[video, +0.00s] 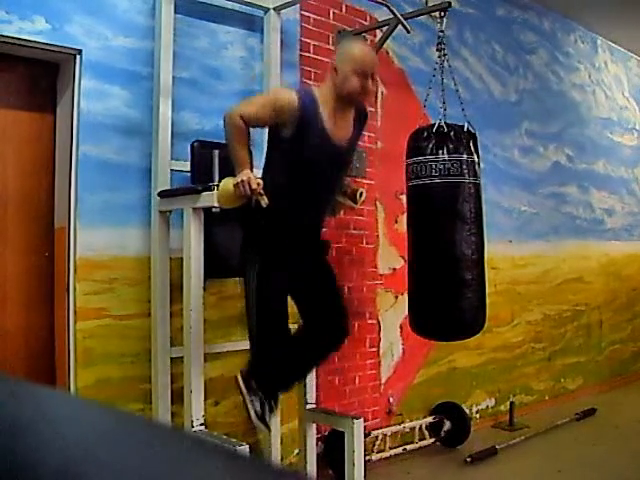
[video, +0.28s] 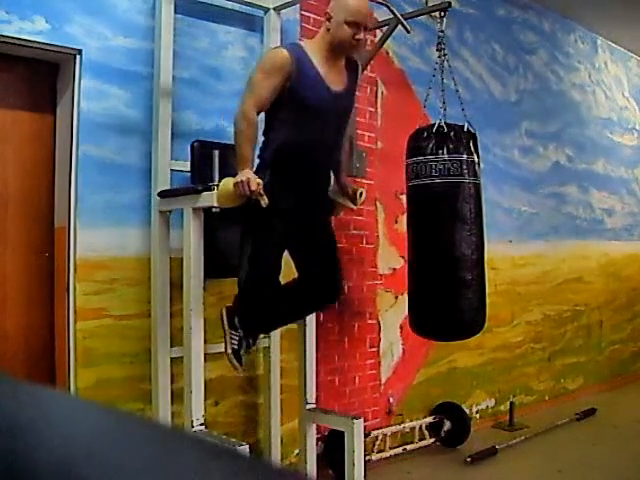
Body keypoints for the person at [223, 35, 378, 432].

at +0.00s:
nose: (367, 87)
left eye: (371, 78)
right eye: (361, 76)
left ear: (370, 79)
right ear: (336, 70)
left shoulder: (356, 116)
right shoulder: (293, 103)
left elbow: (322, 163)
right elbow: (235, 117)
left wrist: (340, 186)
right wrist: (245, 170)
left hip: (307, 239)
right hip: (266, 234)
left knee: (331, 326)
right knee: (268, 331)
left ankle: (263, 382)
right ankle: (262, 388)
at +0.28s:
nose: (362, 36)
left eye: (368, 29)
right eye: (355, 26)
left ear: (371, 32)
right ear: (329, 20)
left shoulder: (350, 69)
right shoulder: (284, 59)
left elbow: (340, 130)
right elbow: (247, 111)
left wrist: (341, 181)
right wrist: (244, 168)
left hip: (313, 194)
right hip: (272, 190)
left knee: (325, 286)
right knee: (260, 276)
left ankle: (244, 318)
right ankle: (248, 330)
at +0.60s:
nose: (368, 116)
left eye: (373, 107)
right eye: (363, 105)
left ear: (372, 106)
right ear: (337, 96)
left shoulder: (351, 138)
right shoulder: (293, 117)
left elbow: (312, 172)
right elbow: (236, 119)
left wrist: (336, 190)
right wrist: (243, 171)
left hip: (297, 248)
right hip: (259, 243)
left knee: (322, 329)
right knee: (260, 337)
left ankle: (257, 391)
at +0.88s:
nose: (371, 140)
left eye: (375, 131)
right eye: (364, 129)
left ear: (376, 130)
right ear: (338, 121)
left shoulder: (351, 159)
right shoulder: (297, 139)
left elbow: (316, 189)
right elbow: (241, 118)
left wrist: (340, 196)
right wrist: (243, 171)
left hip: (298, 266)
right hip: (258, 264)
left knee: (327, 350)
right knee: (268, 357)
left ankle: (263, 417)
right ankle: (270, 431)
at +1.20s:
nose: (364, 31)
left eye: (369, 24)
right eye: (356, 20)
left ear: (373, 27)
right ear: (331, 15)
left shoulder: (354, 65)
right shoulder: (288, 57)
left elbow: (342, 127)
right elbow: (250, 108)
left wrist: (341, 179)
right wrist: (246, 167)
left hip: (314, 191)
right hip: (274, 187)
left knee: (326, 284)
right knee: (263, 277)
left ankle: (247, 322)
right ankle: (249, 331)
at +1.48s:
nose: (368, 59)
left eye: (373, 51)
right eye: (361, 48)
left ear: (375, 52)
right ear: (335, 43)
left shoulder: (357, 91)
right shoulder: (288, 78)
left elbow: (341, 136)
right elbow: (241, 115)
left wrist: (342, 178)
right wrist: (244, 170)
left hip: (305, 211)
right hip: (266, 206)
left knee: (321, 297)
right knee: (256, 296)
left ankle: (243, 332)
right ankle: (243, 339)